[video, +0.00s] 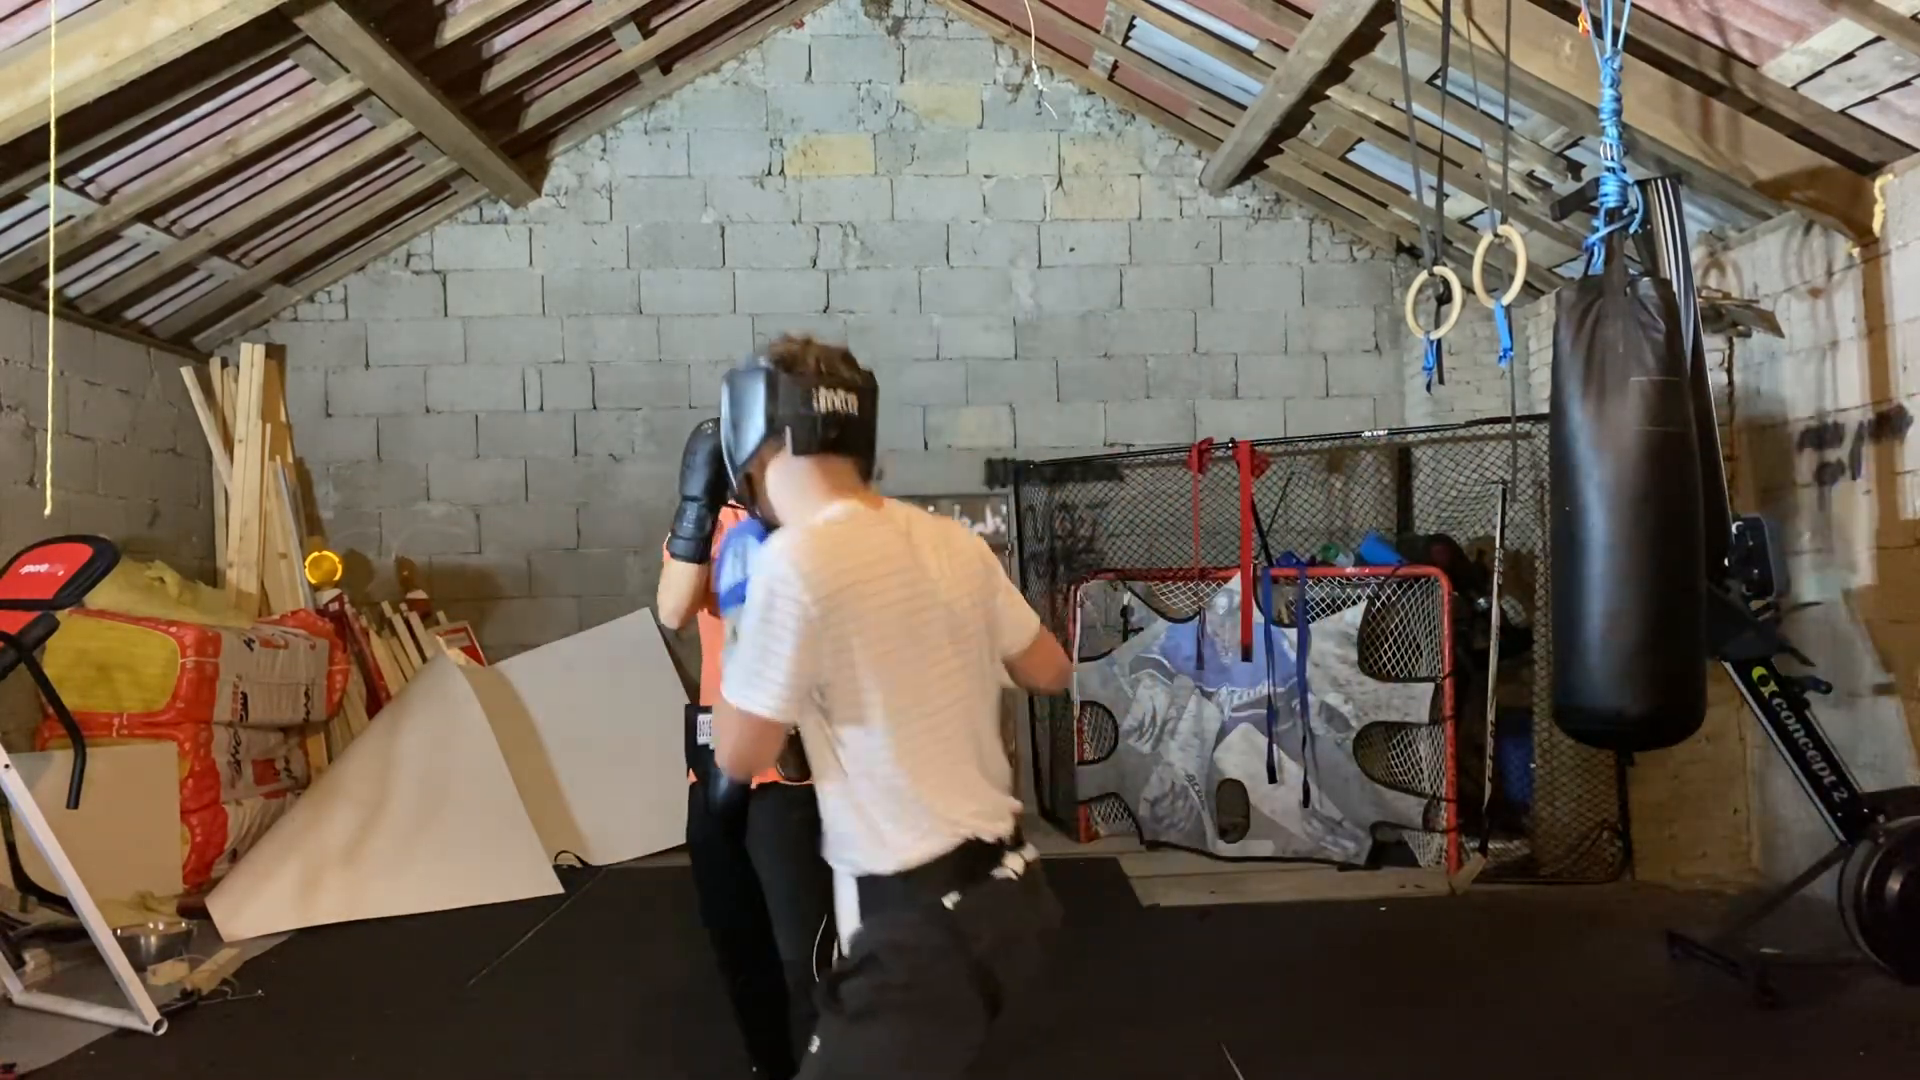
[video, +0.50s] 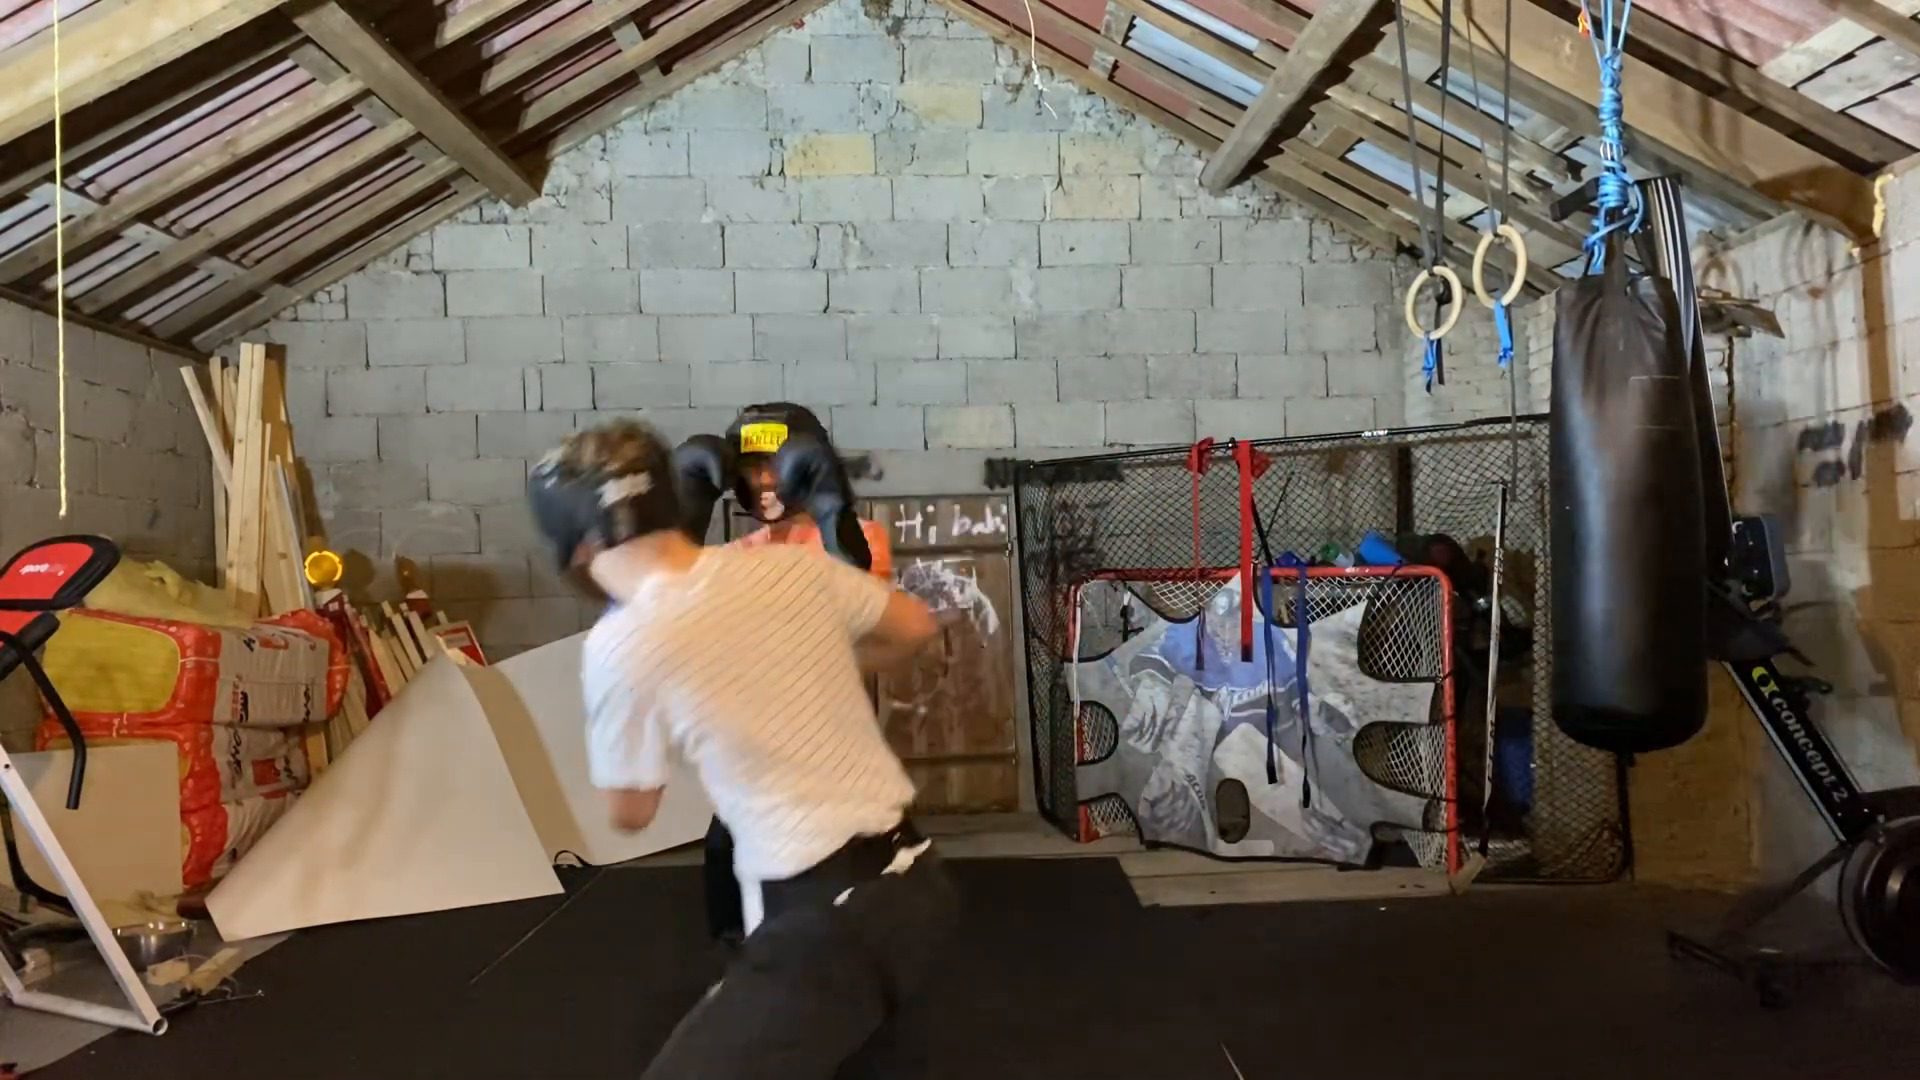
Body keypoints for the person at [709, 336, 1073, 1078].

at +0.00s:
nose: (736, 457)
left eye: (741, 432)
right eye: (739, 435)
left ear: (769, 436)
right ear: (858, 431)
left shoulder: (794, 567)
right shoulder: (953, 541)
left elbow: (742, 756)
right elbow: (1051, 668)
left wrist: (737, 626)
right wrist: (955, 640)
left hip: (909, 934)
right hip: (1018, 897)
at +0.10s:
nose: (724, 410)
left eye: (728, 387)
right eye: (726, 387)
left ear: (756, 391)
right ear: (845, 387)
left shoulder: (775, 523)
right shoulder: (933, 501)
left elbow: (711, 702)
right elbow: (1023, 628)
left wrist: (771, 673)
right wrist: (936, 590)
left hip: (872, 885)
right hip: (972, 853)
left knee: (855, 1061)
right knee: (933, 1057)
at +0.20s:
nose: (712, 398)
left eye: (717, 375)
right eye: (714, 377)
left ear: (736, 379)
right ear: (832, 379)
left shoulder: (749, 506)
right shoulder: (914, 496)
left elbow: (683, 686)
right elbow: (990, 616)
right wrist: (903, 570)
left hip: (834, 855)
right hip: (941, 836)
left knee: (854, 1061)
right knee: (905, 1052)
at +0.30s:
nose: (692, 415)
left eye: (697, 395)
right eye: (694, 395)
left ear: (718, 407)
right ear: (812, 405)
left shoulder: (720, 532)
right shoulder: (894, 526)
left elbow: (656, 707)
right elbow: (975, 620)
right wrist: (883, 590)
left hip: (817, 883)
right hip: (922, 864)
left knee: (823, 1062)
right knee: (889, 1060)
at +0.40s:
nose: (628, 498)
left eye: (627, 478)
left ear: (648, 477)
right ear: (738, 447)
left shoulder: (679, 573)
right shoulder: (840, 531)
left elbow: (653, 745)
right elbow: (949, 585)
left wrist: (694, 657)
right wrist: (862, 602)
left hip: (826, 908)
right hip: (930, 869)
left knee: (717, 1064)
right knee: (874, 1060)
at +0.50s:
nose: (561, 556)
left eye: (558, 541)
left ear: (579, 549)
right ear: (671, 502)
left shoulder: (622, 645)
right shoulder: (789, 565)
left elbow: (630, 811)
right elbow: (915, 624)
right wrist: (826, 662)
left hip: (817, 925)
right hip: (922, 881)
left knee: (679, 1069)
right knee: (887, 1069)